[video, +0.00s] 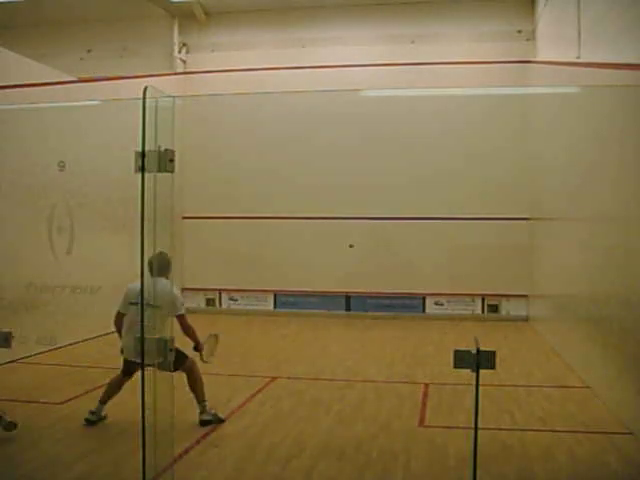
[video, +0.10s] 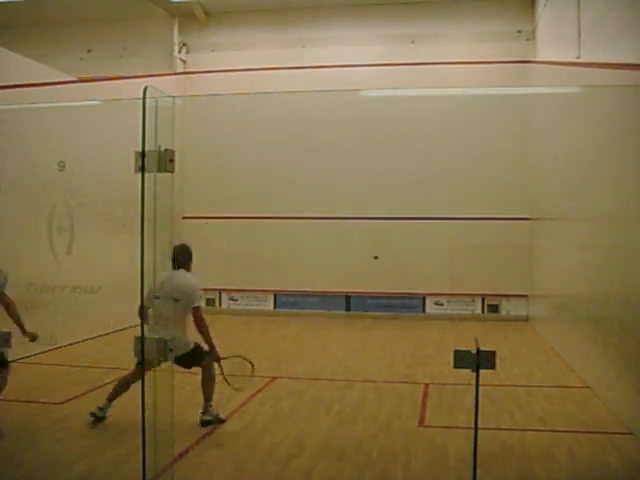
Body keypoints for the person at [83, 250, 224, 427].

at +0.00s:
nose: (168, 270)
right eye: (168, 267)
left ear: (149, 268)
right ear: (168, 270)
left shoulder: (133, 288)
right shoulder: (170, 292)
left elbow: (118, 320)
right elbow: (184, 325)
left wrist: (126, 340)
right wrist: (197, 342)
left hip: (132, 348)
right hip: (158, 350)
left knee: (123, 375)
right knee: (190, 366)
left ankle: (97, 410)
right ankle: (204, 411)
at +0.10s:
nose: (190, 263)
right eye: (190, 260)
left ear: (173, 261)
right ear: (190, 261)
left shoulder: (161, 280)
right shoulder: (190, 284)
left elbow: (142, 311)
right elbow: (198, 319)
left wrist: (154, 328)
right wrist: (212, 348)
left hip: (153, 341)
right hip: (177, 343)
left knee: (136, 373)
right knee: (208, 361)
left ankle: (103, 407)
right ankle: (208, 410)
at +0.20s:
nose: (215, 246)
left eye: (214, 242)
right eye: (214, 243)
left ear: (194, 244)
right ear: (211, 244)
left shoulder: (182, 262)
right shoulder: (207, 265)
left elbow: (170, 295)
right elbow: (206, 300)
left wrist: (189, 306)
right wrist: (215, 332)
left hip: (177, 329)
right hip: (198, 330)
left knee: (166, 367)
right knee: (216, 364)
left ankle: (142, 407)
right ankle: (210, 410)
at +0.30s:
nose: (236, 239)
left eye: (236, 235)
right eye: (235, 235)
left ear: (216, 234)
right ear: (229, 235)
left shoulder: (203, 252)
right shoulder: (221, 251)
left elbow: (192, 286)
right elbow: (213, 282)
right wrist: (215, 312)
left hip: (192, 317)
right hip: (211, 317)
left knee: (205, 361)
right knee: (227, 362)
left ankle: (194, 408)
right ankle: (226, 408)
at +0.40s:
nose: (258, 245)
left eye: (258, 240)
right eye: (256, 240)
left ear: (242, 238)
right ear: (247, 239)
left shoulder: (235, 256)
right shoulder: (233, 253)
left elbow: (229, 295)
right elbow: (220, 270)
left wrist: (240, 317)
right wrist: (214, 287)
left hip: (221, 323)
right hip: (226, 324)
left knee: (235, 367)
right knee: (252, 367)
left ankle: (233, 413)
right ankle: (250, 418)